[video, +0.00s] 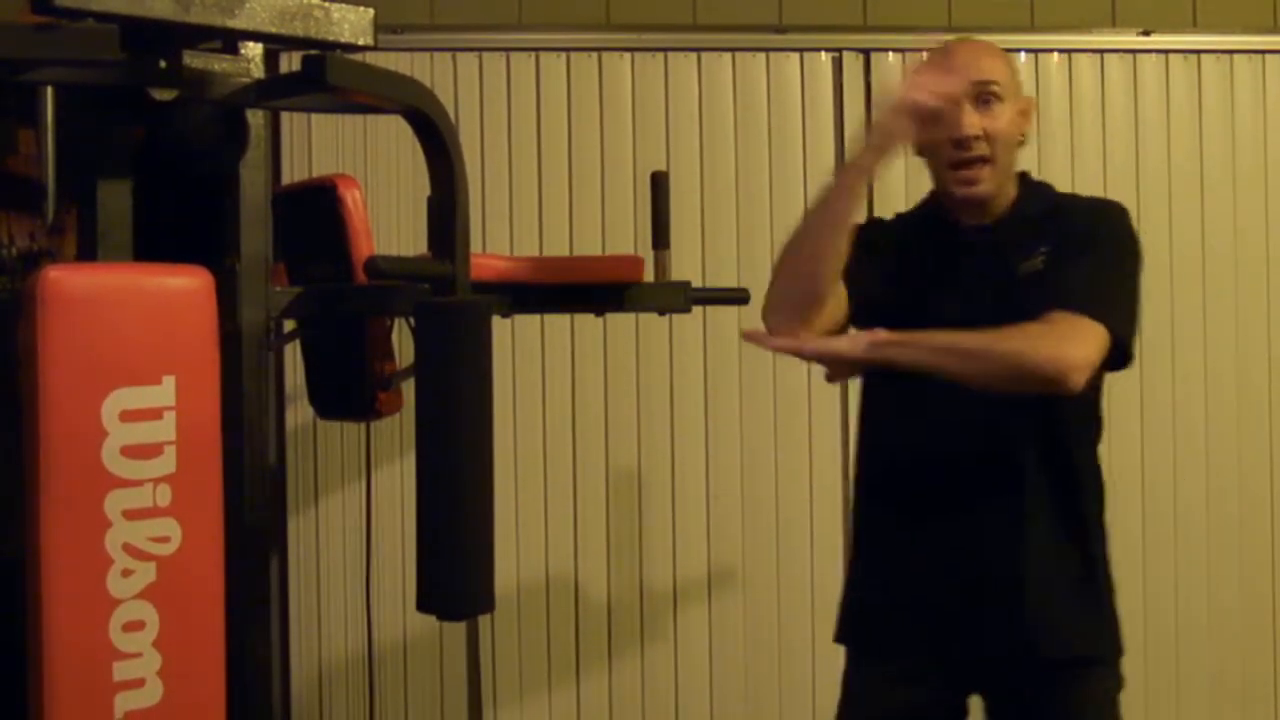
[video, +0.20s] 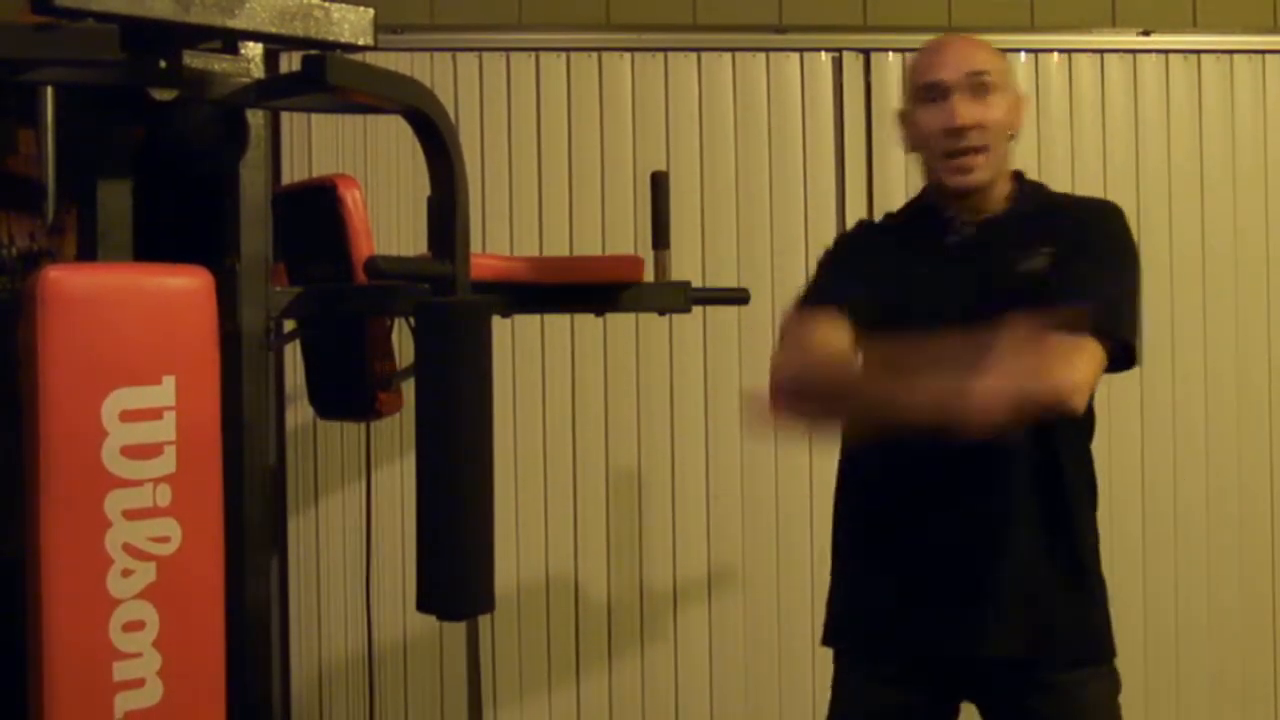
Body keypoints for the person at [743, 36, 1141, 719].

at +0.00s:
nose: (963, 128)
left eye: (985, 99)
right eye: (938, 108)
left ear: (1025, 118)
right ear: (913, 131)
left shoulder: (1090, 229)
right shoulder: (880, 246)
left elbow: (1066, 359)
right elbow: (789, 320)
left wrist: (873, 348)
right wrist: (870, 153)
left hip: (1049, 615)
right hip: (901, 616)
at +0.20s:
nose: (959, 115)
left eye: (980, 90)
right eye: (933, 96)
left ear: (1016, 110)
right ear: (907, 125)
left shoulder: (1086, 230)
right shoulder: (866, 249)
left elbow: (1064, 378)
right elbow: (797, 375)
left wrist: (858, 381)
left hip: (1044, 620)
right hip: (890, 621)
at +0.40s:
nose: (1025, 126)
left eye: (1045, 104)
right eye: (997, 107)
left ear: (1074, 132)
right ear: (961, 143)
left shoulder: (1144, 268)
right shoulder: (906, 272)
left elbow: (1156, 481)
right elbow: (750, 376)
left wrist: (1088, 663)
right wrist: (901, 382)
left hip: (1100, 661)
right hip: (944, 654)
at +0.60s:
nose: (1057, 145)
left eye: (1075, 118)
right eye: (1029, 124)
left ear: (1103, 132)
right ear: (988, 150)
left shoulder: (1179, 271)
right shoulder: (934, 287)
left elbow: (1262, 454)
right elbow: (844, 447)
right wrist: (838, 282)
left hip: (1134, 663)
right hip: (975, 661)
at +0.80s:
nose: (1078, 135)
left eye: (1085, 108)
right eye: (1047, 116)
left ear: (1100, 112)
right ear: (984, 136)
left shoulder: (1159, 235)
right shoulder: (923, 271)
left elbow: (1227, 424)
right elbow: (878, 445)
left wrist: (1273, 607)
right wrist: (941, 275)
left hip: (1136, 640)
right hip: (975, 644)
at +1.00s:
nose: (1053, 124)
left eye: (1057, 97)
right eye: (1021, 105)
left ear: (1069, 101)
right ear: (957, 130)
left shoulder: (1132, 230)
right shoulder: (908, 252)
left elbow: (1189, 418)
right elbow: (850, 415)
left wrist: (1186, 603)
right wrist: (857, 230)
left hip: (1107, 626)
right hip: (948, 628)